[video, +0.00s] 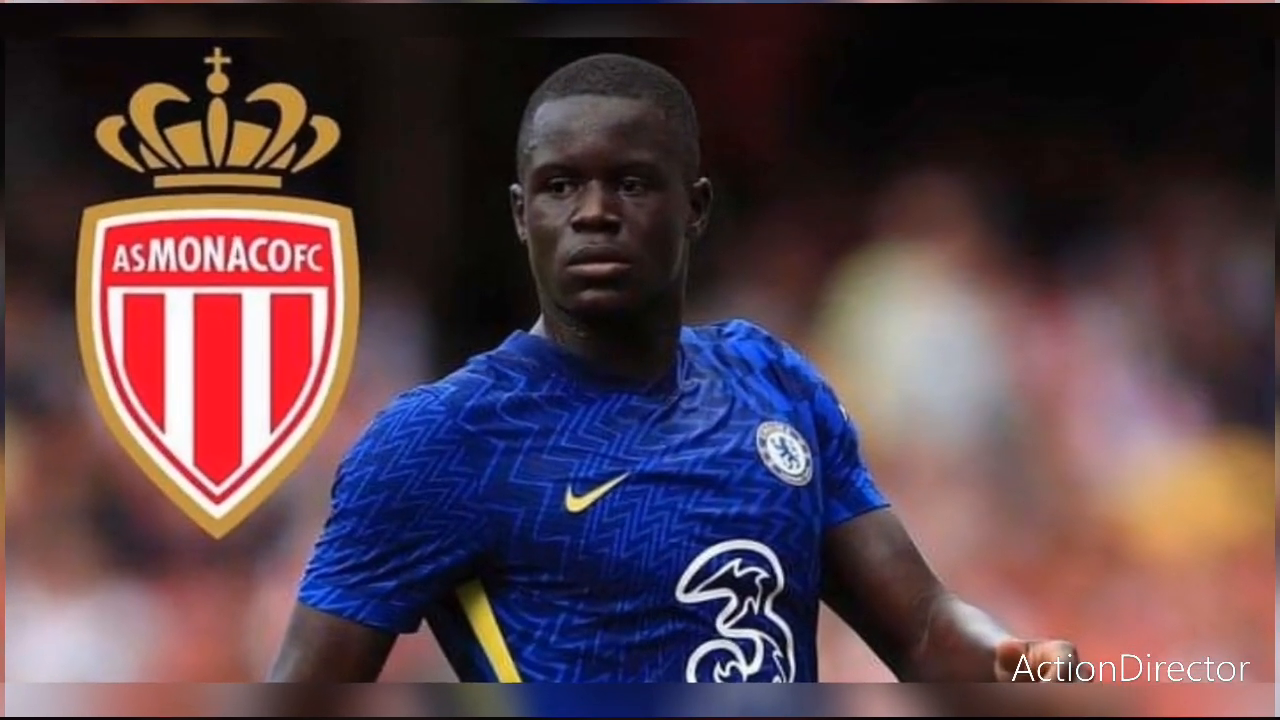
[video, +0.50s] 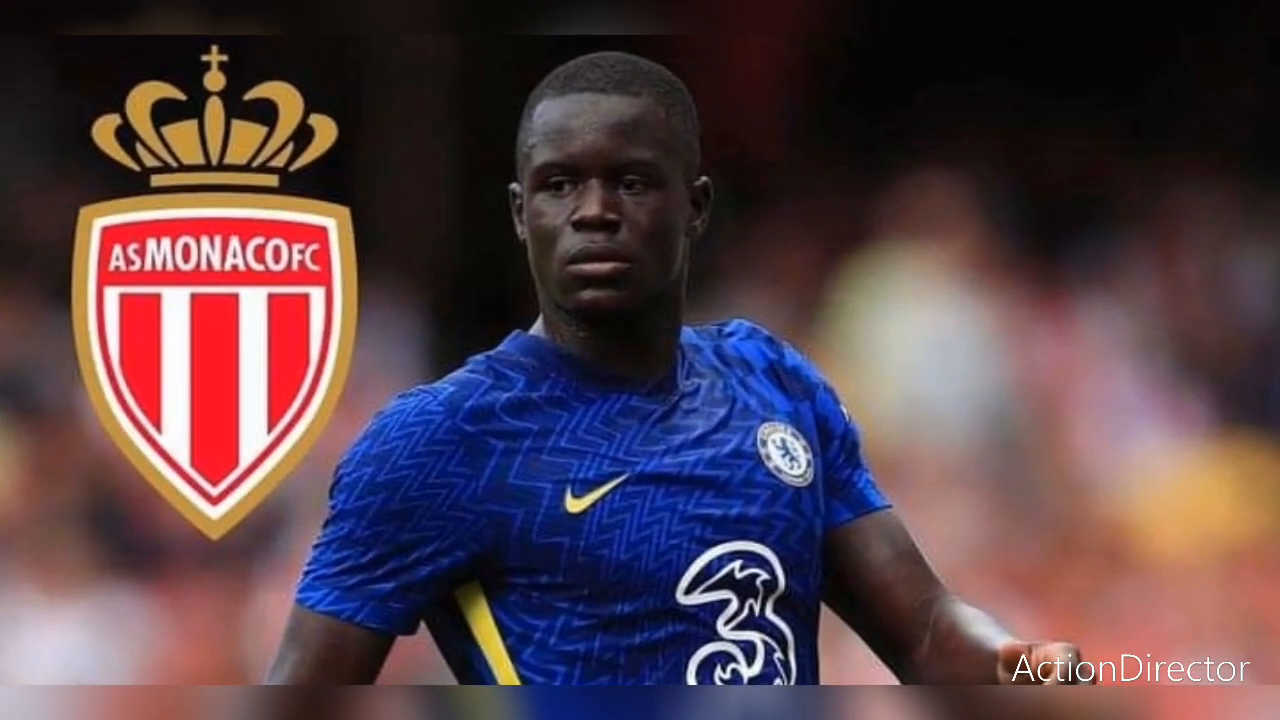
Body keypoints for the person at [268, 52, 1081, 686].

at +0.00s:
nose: (596, 210)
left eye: (634, 181)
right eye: (561, 183)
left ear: (696, 210)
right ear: (523, 217)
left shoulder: (769, 385)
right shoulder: (434, 444)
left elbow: (920, 626)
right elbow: (304, 690)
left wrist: (1016, 671)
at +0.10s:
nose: (596, 209)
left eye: (633, 178)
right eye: (560, 181)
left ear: (697, 208)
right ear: (522, 215)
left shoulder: (770, 384)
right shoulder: (432, 445)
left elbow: (920, 625)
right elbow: (302, 691)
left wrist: (1019, 674)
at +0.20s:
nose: (596, 208)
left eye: (633, 178)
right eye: (560, 180)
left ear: (697, 209)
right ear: (522, 214)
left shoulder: (770, 384)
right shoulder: (432, 445)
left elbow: (920, 624)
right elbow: (302, 691)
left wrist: (1021, 674)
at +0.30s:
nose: (596, 209)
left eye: (633, 178)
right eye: (560, 181)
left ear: (697, 208)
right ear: (522, 215)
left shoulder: (770, 384)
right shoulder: (432, 445)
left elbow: (920, 625)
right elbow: (302, 691)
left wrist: (1019, 674)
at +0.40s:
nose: (596, 208)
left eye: (633, 178)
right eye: (560, 180)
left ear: (697, 209)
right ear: (522, 214)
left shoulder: (770, 384)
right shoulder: (432, 445)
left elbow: (920, 624)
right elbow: (302, 691)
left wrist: (1021, 674)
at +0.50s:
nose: (596, 209)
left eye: (633, 178)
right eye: (560, 181)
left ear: (697, 208)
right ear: (522, 215)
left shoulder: (770, 384)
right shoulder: (432, 445)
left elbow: (920, 625)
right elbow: (302, 691)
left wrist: (1019, 674)